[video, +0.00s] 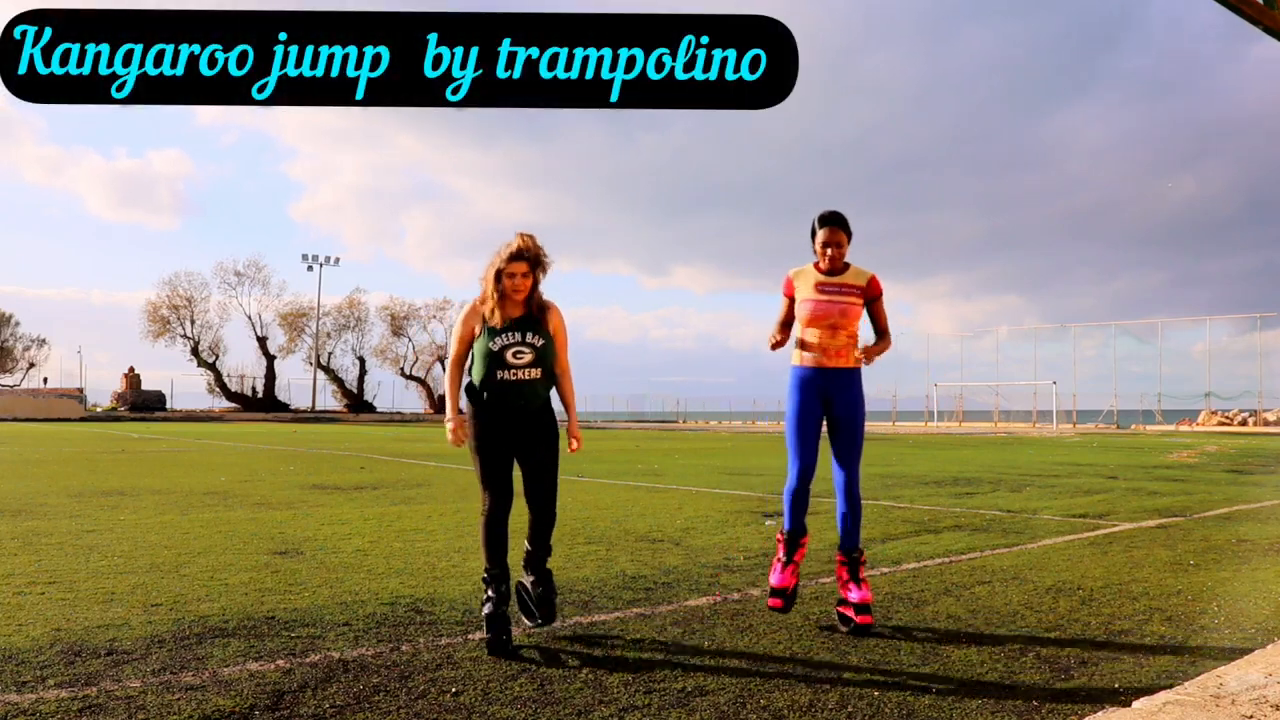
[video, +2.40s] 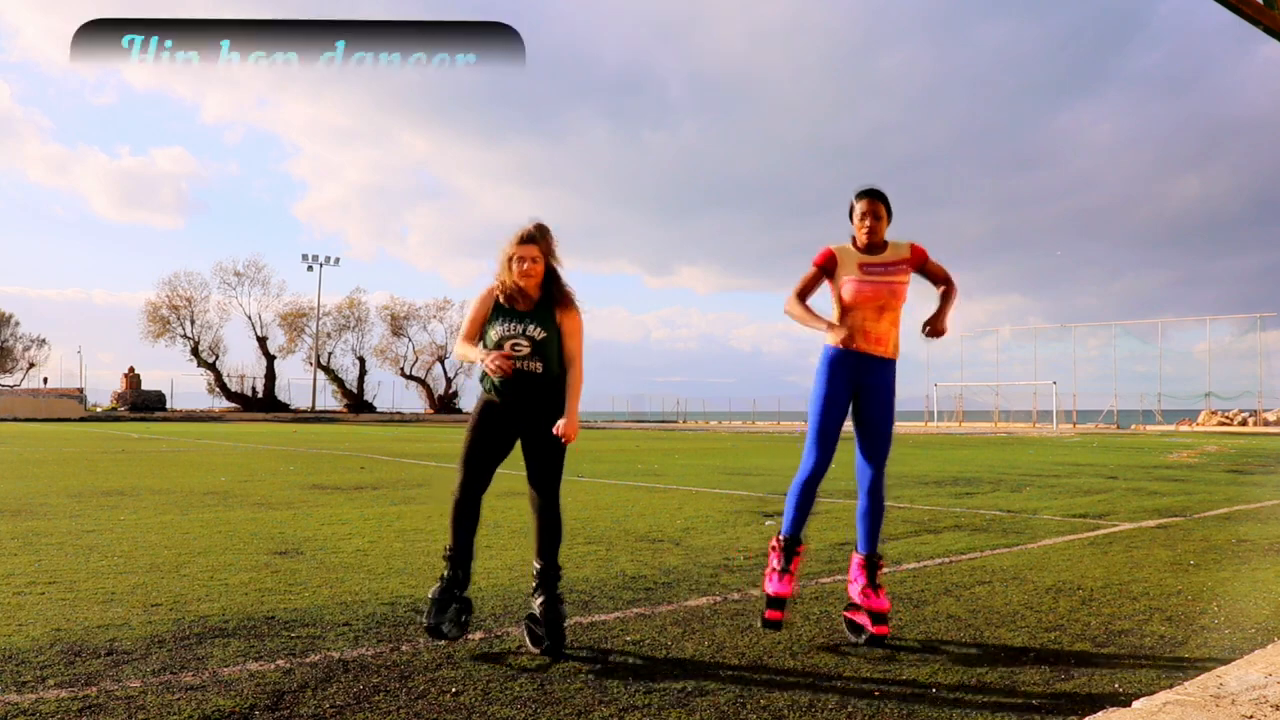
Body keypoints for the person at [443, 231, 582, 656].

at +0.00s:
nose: (519, 283)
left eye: (525, 276)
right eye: (512, 276)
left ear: (535, 278)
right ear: (498, 276)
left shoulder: (549, 314)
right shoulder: (476, 314)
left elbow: (561, 369)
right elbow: (455, 366)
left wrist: (571, 417)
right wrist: (452, 413)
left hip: (538, 420)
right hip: (490, 421)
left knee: (544, 506)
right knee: (497, 503)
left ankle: (537, 574)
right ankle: (495, 592)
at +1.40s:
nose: (542, 271)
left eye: (550, 266)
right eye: (535, 264)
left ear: (559, 274)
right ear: (521, 267)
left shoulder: (571, 318)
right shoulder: (497, 308)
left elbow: (596, 371)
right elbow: (470, 361)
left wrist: (617, 413)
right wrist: (456, 411)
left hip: (548, 424)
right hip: (498, 421)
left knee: (547, 513)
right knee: (498, 511)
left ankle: (547, 604)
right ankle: (493, 606)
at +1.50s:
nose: (555, 250)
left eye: (565, 246)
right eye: (549, 242)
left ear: (576, 254)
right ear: (537, 245)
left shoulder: (584, 297)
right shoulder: (511, 281)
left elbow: (609, 342)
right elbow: (477, 330)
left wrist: (612, 356)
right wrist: (451, 378)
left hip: (545, 402)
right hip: (495, 397)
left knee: (546, 493)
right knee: (487, 485)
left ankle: (548, 592)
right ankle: (475, 587)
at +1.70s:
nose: (562, 279)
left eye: (571, 272)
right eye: (556, 270)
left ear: (584, 279)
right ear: (544, 273)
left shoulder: (592, 325)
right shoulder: (522, 308)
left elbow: (616, 383)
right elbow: (483, 353)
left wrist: (621, 355)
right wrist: (446, 398)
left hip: (556, 425)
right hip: (505, 414)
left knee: (551, 514)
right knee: (464, 493)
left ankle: (540, 608)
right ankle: (413, 586)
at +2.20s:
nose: (564, 283)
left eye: (571, 277)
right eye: (557, 276)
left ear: (582, 284)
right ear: (545, 282)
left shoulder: (591, 333)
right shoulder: (521, 316)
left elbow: (607, 386)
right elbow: (482, 364)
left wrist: (622, 393)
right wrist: (445, 410)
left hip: (551, 429)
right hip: (502, 418)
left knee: (545, 515)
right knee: (449, 491)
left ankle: (539, 605)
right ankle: (390, 572)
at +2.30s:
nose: (544, 282)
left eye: (553, 276)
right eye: (538, 274)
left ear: (566, 283)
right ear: (527, 280)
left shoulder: (577, 329)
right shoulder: (506, 316)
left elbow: (582, 380)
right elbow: (476, 366)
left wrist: (578, 426)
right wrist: (477, 401)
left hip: (548, 430)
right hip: (498, 422)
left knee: (543, 516)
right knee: (455, 498)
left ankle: (539, 606)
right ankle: (428, 586)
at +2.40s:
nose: (526, 267)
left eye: (534, 260)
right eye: (519, 260)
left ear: (547, 263)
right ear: (508, 263)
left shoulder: (564, 309)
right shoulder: (492, 298)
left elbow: (574, 364)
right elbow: (462, 345)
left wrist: (571, 413)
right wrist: (484, 355)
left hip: (545, 413)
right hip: (496, 407)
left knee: (545, 500)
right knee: (468, 489)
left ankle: (546, 595)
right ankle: (454, 586)